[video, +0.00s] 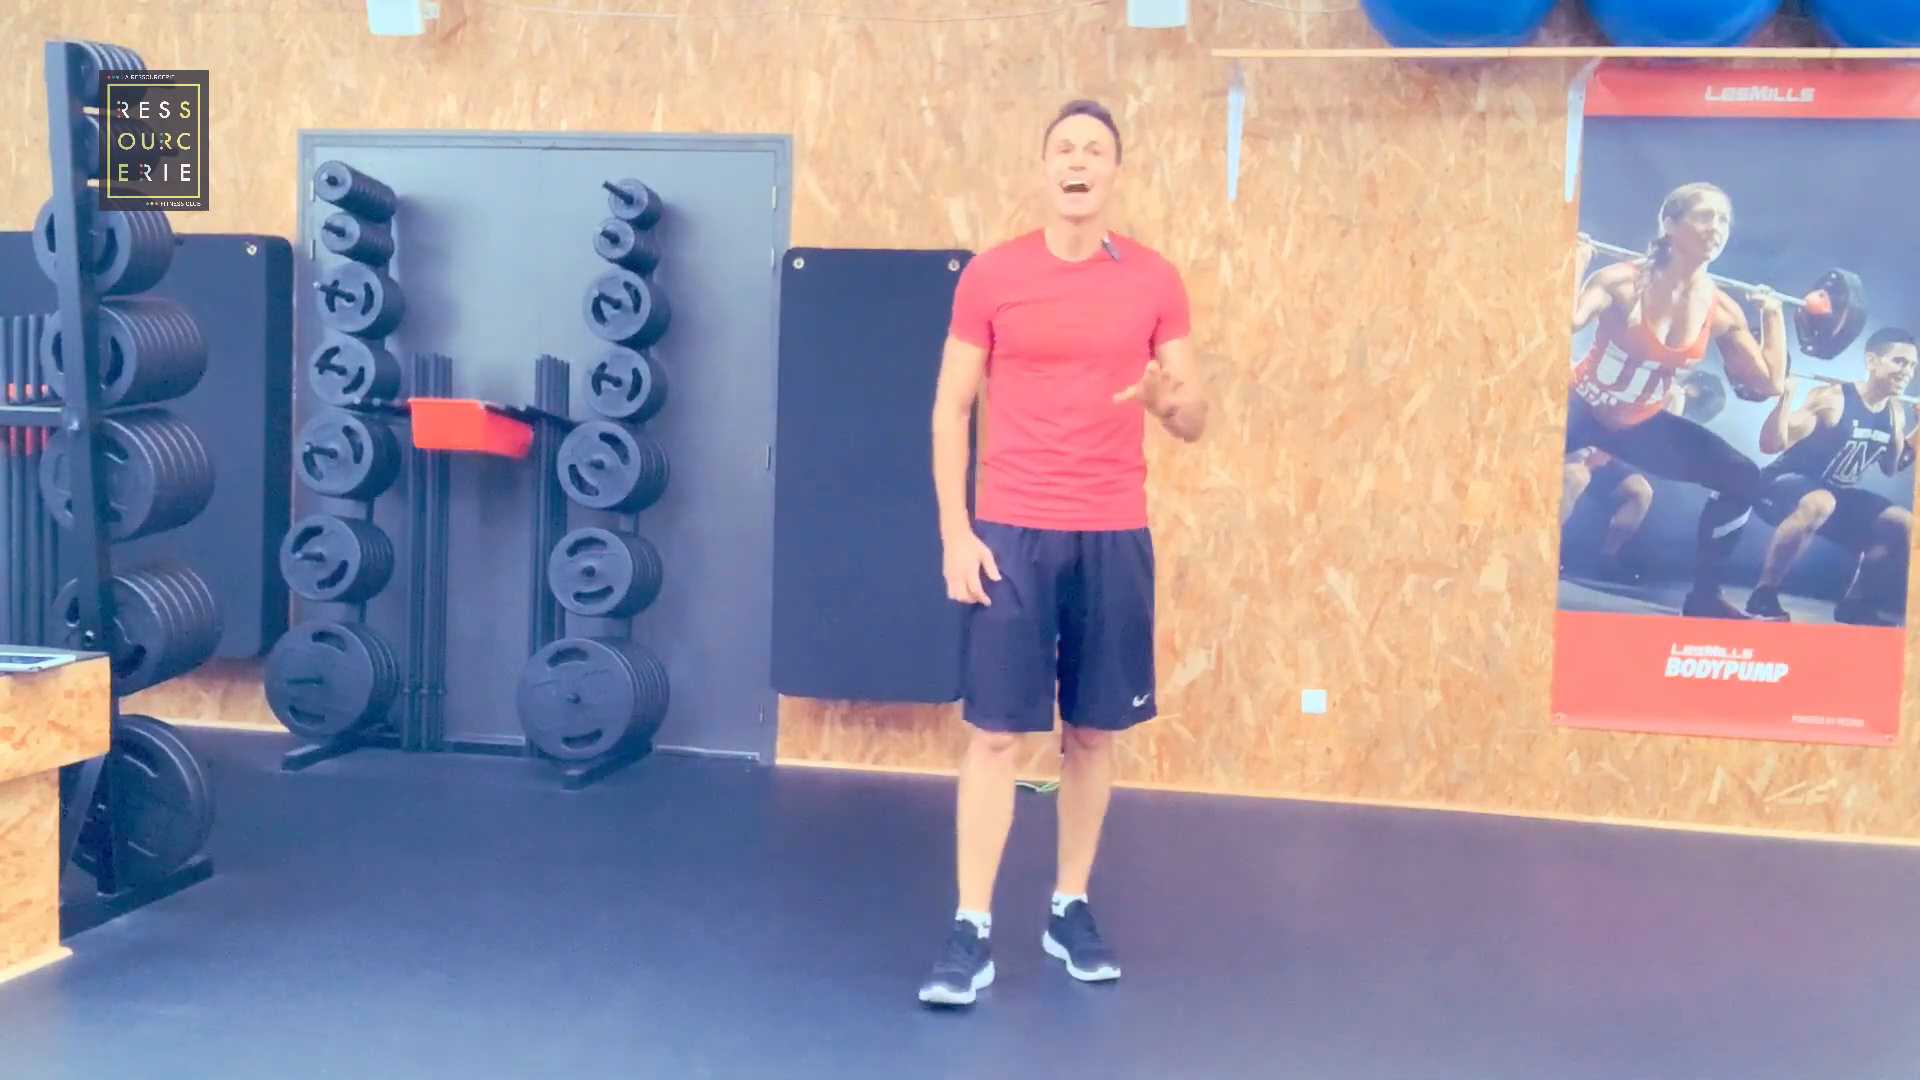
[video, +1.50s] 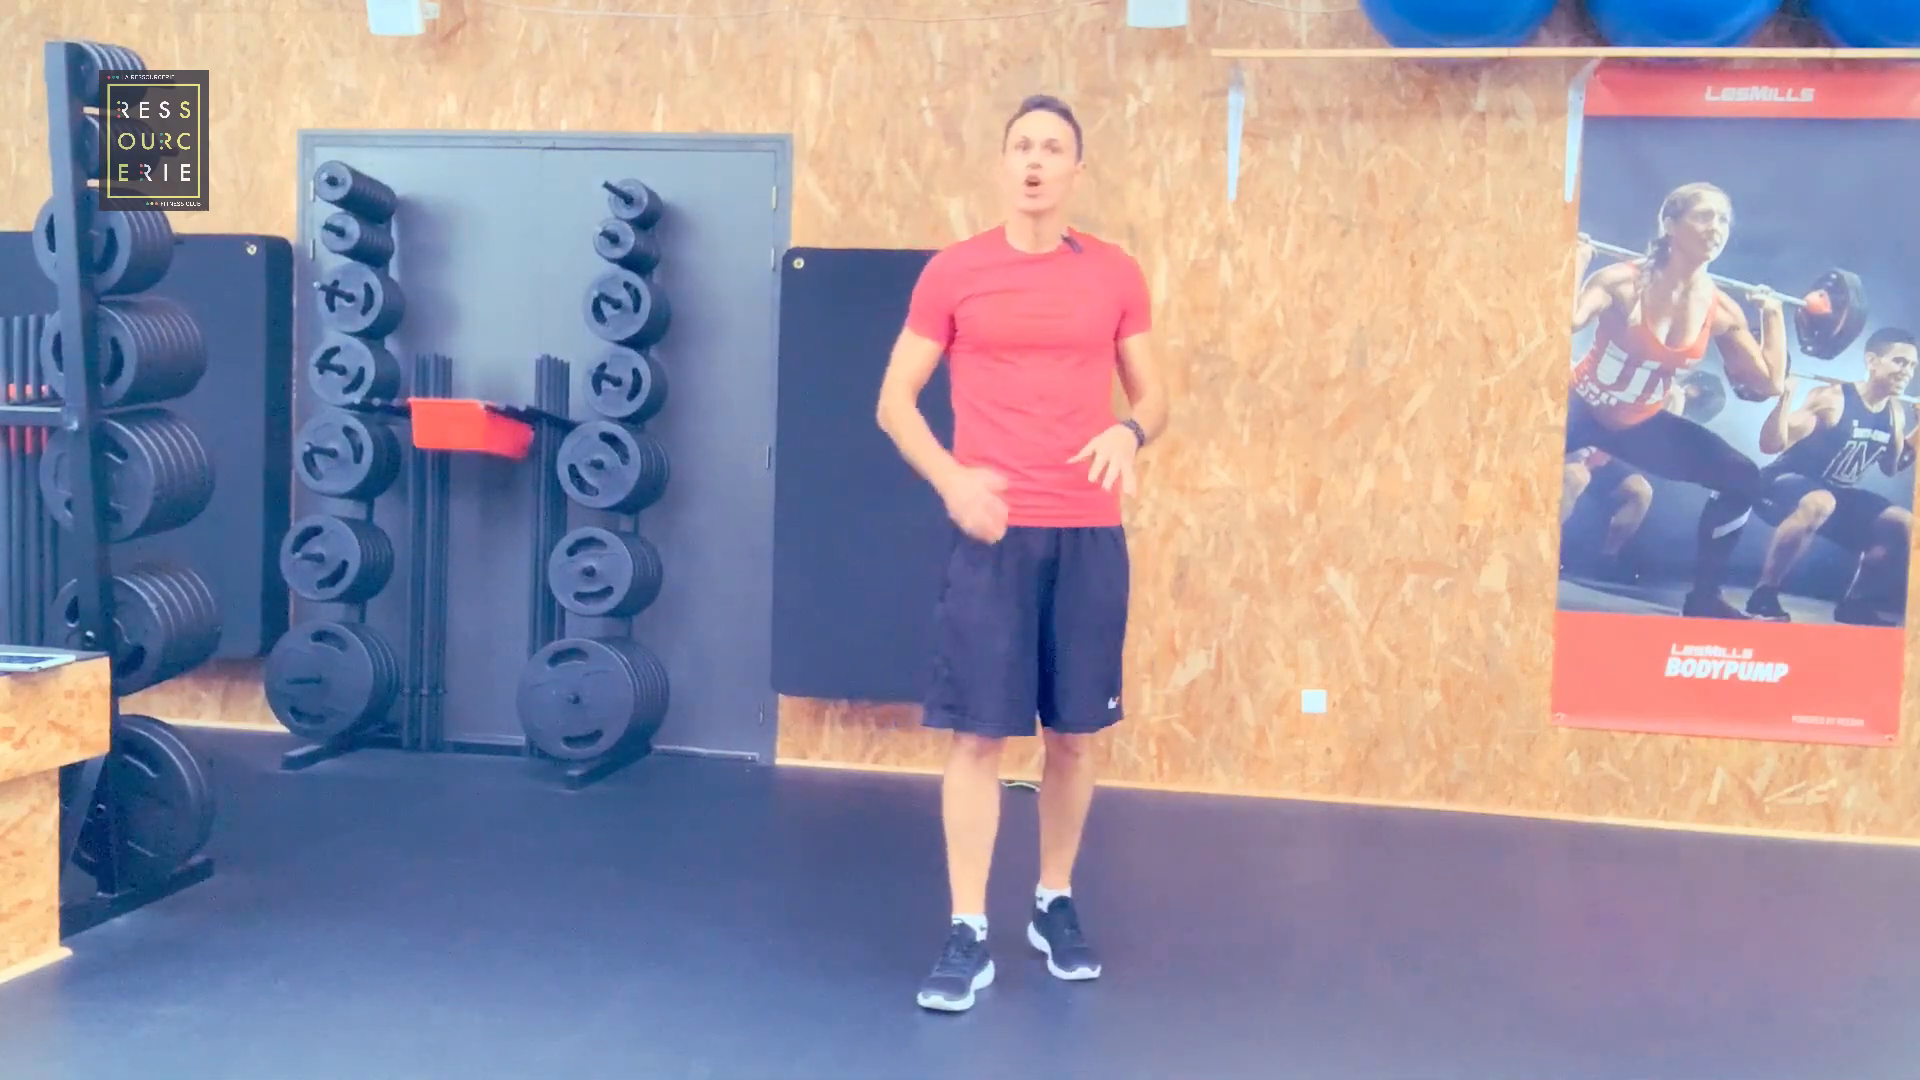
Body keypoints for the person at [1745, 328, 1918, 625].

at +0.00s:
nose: (1906, 372)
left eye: (1911, 366)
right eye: (1899, 361)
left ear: (1913, 371)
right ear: (1872, 360)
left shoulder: (1894, 411)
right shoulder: (1830, 397)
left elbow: (1891, 466)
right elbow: (1769, 444)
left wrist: (1913, 439)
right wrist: (1785, 396)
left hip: (1838, 495)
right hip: (1785, 482)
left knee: (1905, 524)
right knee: (1821, 502)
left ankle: (1854, 604)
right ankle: (1764, 595)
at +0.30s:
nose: (1906, 372)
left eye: (1911, 366)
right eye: (1899, 361)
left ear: (1913, 371)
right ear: (1872, 360)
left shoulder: (1894, 411)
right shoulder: (1830, 398)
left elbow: (1891, 466)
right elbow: (1769, 444)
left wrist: (1913, 440)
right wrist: (1785, 396)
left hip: (1838, 495)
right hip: (1785, 481)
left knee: (1905, 524)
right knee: (1821, 502)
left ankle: (1854, 604)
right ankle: (1764, 596)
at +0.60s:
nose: (1906, 371)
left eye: (1911, 365)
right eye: (1899, 361)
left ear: (1913, 371)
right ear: (1872, 361)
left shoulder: (1894, 411)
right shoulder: (1831, 397)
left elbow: (1891, 466)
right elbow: (1768, 444)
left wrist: (1915, 436)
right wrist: (1785, 397)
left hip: (1839, 495)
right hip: (1785, 482)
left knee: (1905, 524)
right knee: (1821, 502)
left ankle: (1854, 604)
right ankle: (1764, 595)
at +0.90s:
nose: (1906, 371)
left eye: (1911, 365)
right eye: (1899, 361)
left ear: (1913, 371)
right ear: (1872, 361)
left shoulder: (1894, 411)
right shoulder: (1831, 397)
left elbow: (1891, 466)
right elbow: (1768, 444)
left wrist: (1915, 436)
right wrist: (1785, 397)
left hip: (1839, 495)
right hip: (1785, 481)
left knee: (1904, 524)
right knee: (1821, 502)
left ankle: (1854, 603)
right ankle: (1764, 595)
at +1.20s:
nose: (1906, 371)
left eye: (1911, 365)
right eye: (1899, 361)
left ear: (1913, 371)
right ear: (1872, 361)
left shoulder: (1894, 411)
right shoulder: (1831, 397)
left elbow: (1891, 467)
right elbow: (1769, 444)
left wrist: (1914, 438)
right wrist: (1785, 397)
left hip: (1839, 495)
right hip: (1786, 481)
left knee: (1904, 524)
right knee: (1821, 502)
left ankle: (1854, 604)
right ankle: (1764, 595)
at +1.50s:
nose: (1906, 371)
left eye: (1911, 365)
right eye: (1899, 361)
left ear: (1913, 371)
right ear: (1872, 361)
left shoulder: (1894, 411)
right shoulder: (1831, 397)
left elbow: (1891, 467)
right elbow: (1769, 444)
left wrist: (1914, 438)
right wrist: (1785, 397)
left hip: (1839, 495)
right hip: (1786, 481)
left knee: (1905, 524)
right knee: (1821, 502)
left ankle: (1854, 604)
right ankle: (1764, 595)